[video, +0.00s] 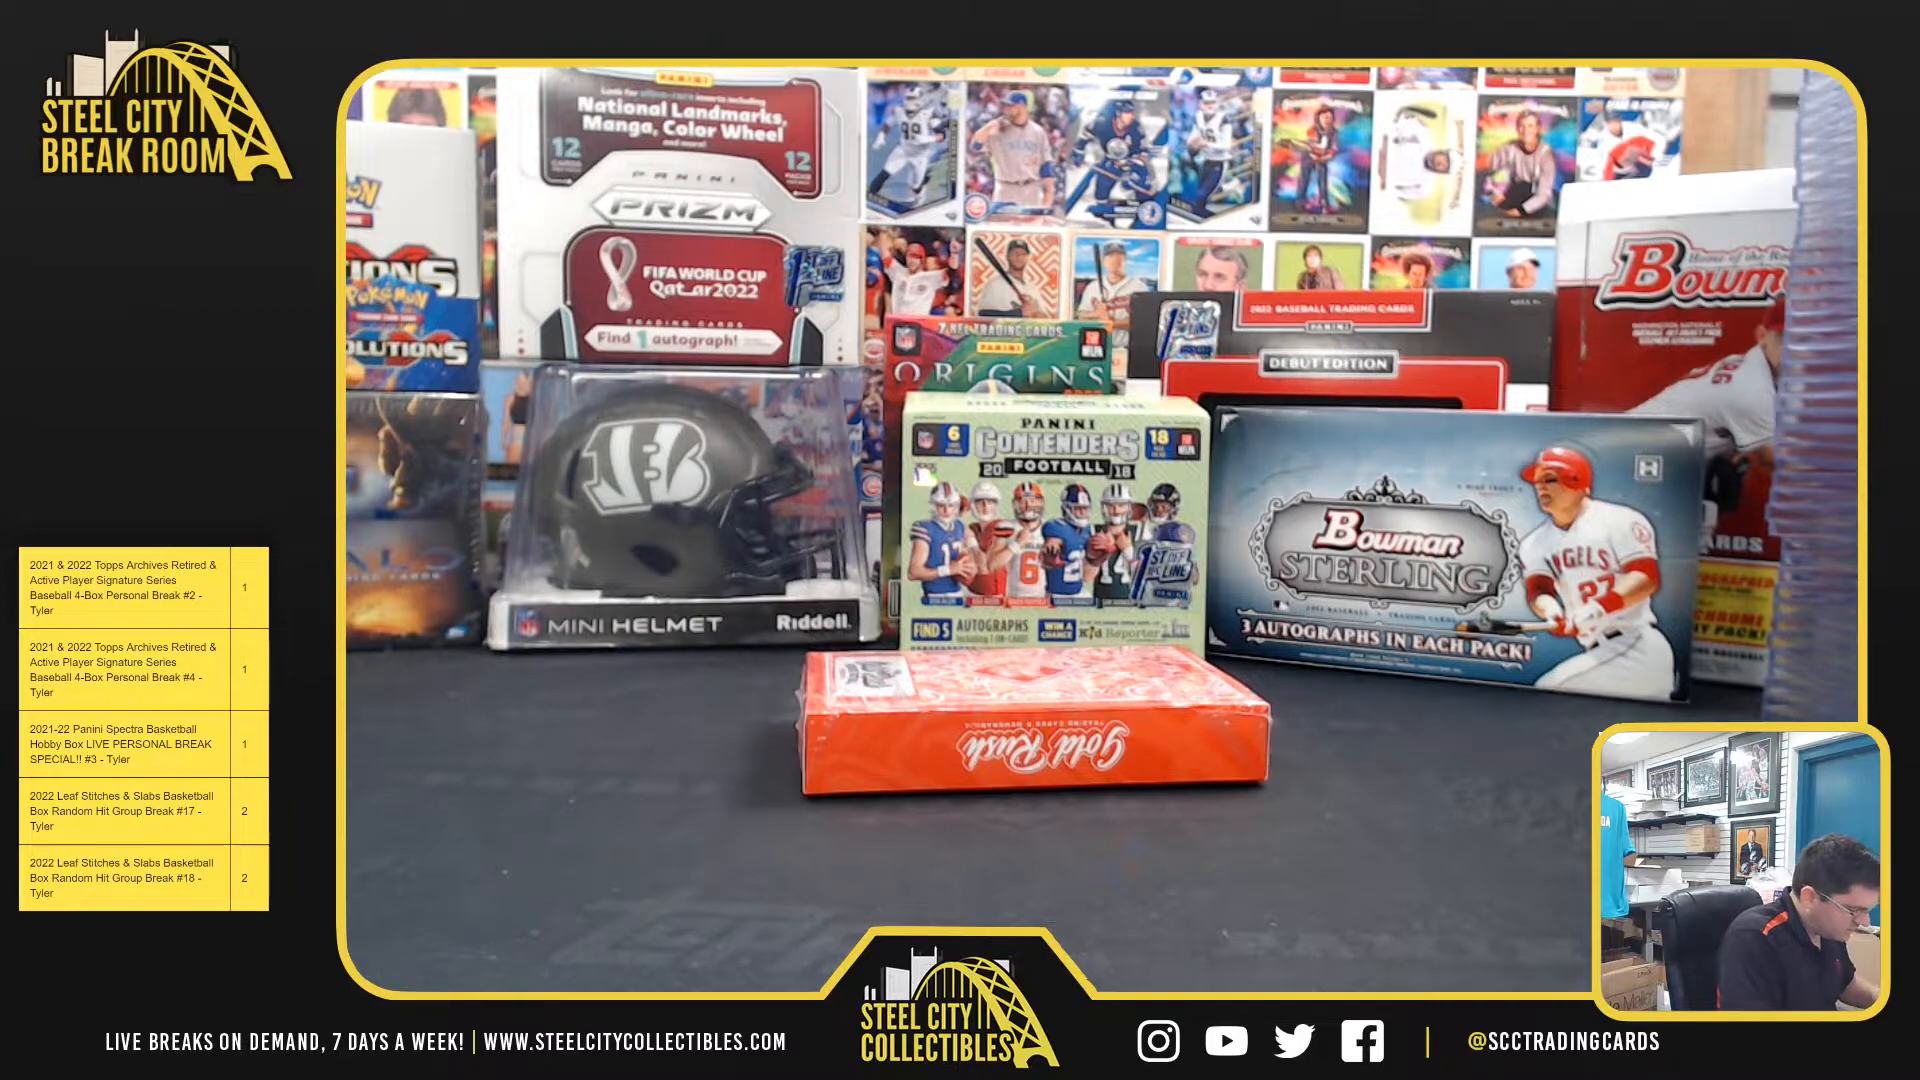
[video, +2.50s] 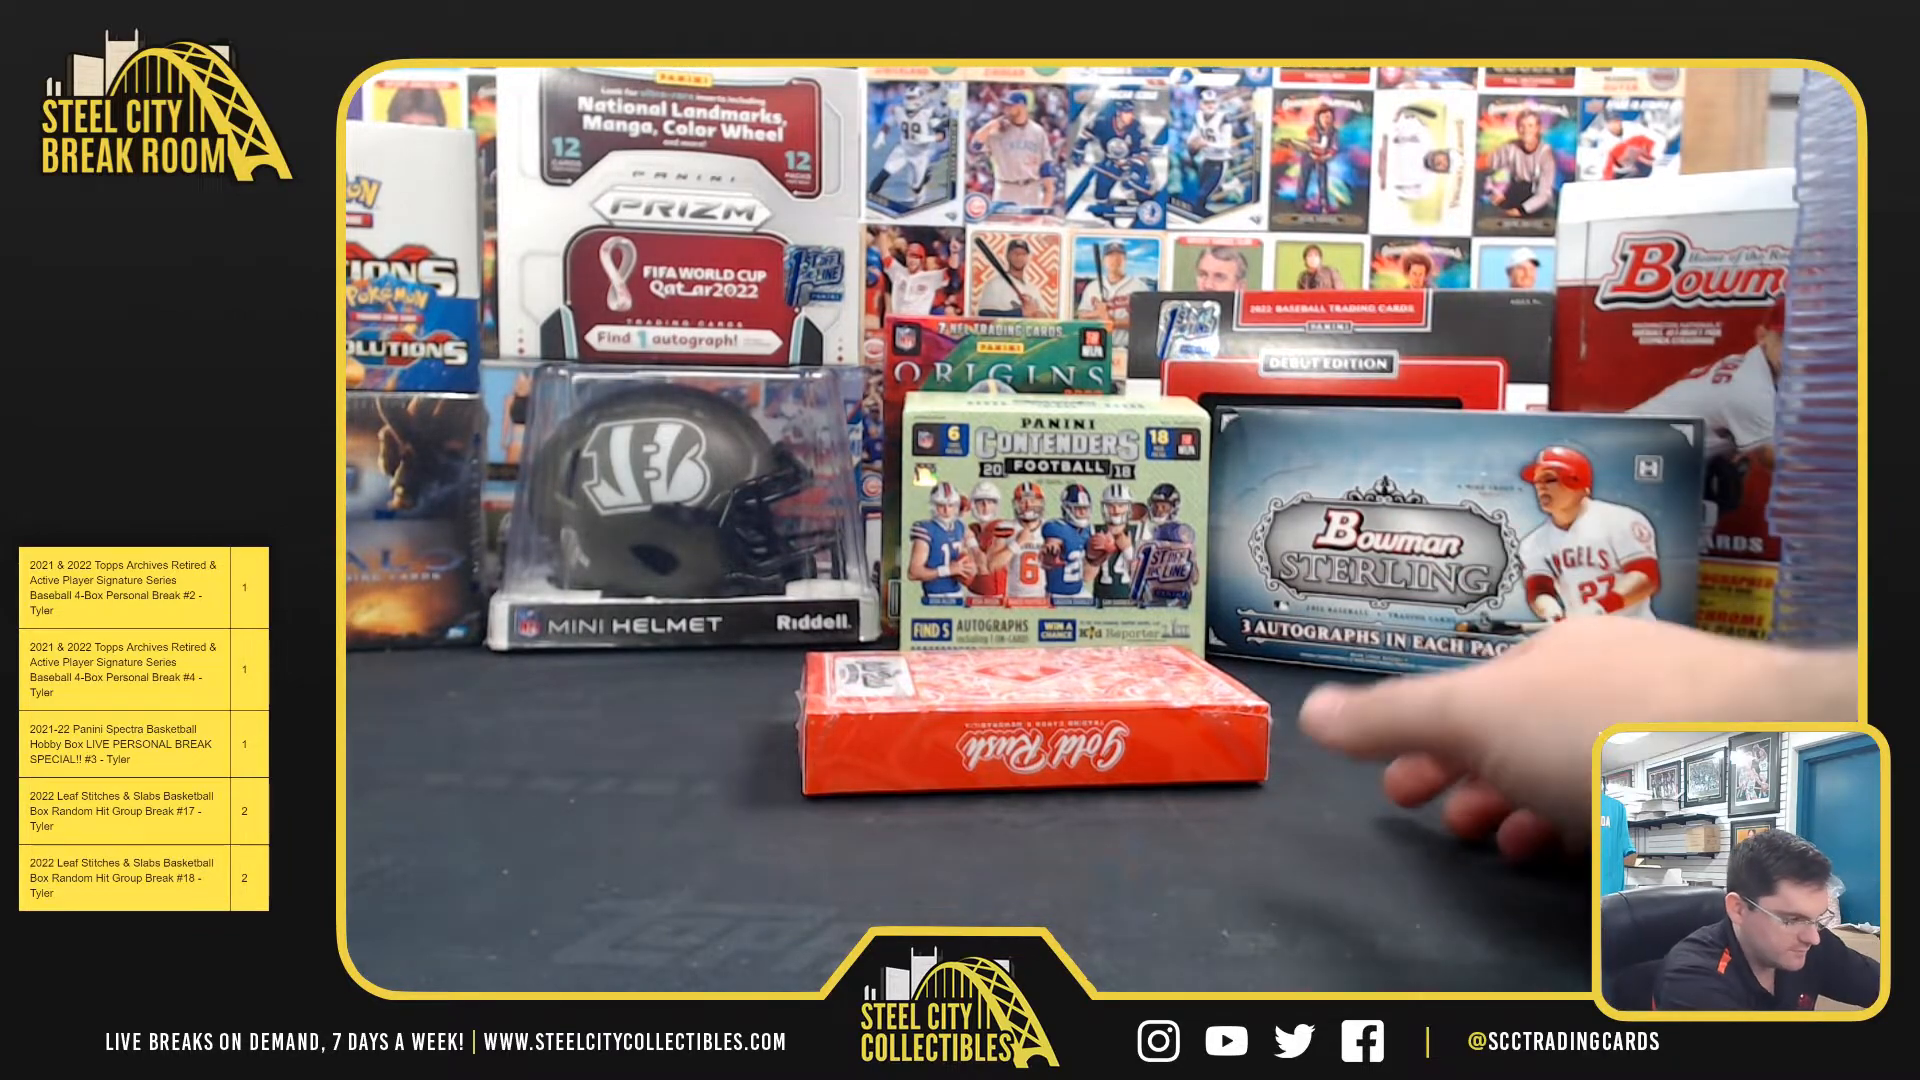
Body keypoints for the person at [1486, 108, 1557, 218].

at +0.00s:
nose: (1526, 131)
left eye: (1530, 126)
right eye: (1522, 126)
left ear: (1538, 129)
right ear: (1518, 130)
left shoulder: (1545, 154)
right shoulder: (1505, 151)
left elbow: (1545, 192)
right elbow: (1491, 179)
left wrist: (1523, 209)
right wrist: (1495, 193)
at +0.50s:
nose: (1526, 130)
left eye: (1530, 126)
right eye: (1522, 126)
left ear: (1538, 128)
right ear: (1518, 129)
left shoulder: (1545, 154)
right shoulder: (1506, 151)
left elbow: (1545, 192)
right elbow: (1491, 179)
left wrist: (1523, 209)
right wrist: (1495, 193)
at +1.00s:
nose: (1526, 130)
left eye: (1530, 126)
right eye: (1522, 126)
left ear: (1538, 128)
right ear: (1518, 129)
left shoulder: (1545, 154)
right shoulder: (1506, 151)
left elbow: (1545, 192)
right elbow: (1490, 179)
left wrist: (1523, 209)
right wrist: (1495, 193)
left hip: (1535, 188)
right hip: (1511, 187)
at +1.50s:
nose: (1526, 130)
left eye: (1530, 126)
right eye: (1522, 126)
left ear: (1539, 128)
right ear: (1518, 130)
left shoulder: (1545, 154)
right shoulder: (1506, 151)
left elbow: (1545, 191)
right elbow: (1490, 178)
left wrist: (1523, 209)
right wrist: (1495, 193)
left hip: (1535, 188)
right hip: (1511, 187)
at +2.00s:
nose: (1526, 130)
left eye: (1530, 126)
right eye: (1522, 126)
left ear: (1539, 128)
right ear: (1518, 130)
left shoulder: (1545, 154)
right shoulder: (1507, 150)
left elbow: (1545, 191)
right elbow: (1490, 178)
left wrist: (1523, 209)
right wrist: (1495, 193)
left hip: (1535, 188)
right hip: (1512, 187)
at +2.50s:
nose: (1526, 130)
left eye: (1530, 126)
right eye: (1522, 126)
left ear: (1539, 128)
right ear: (1518, 129)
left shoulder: (1545, 153)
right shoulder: (1507, 150)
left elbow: (1545, 191)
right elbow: (1489, 178)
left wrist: (1523, 209)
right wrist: (1495, 193)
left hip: (1535, 187)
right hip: (1513, 186)